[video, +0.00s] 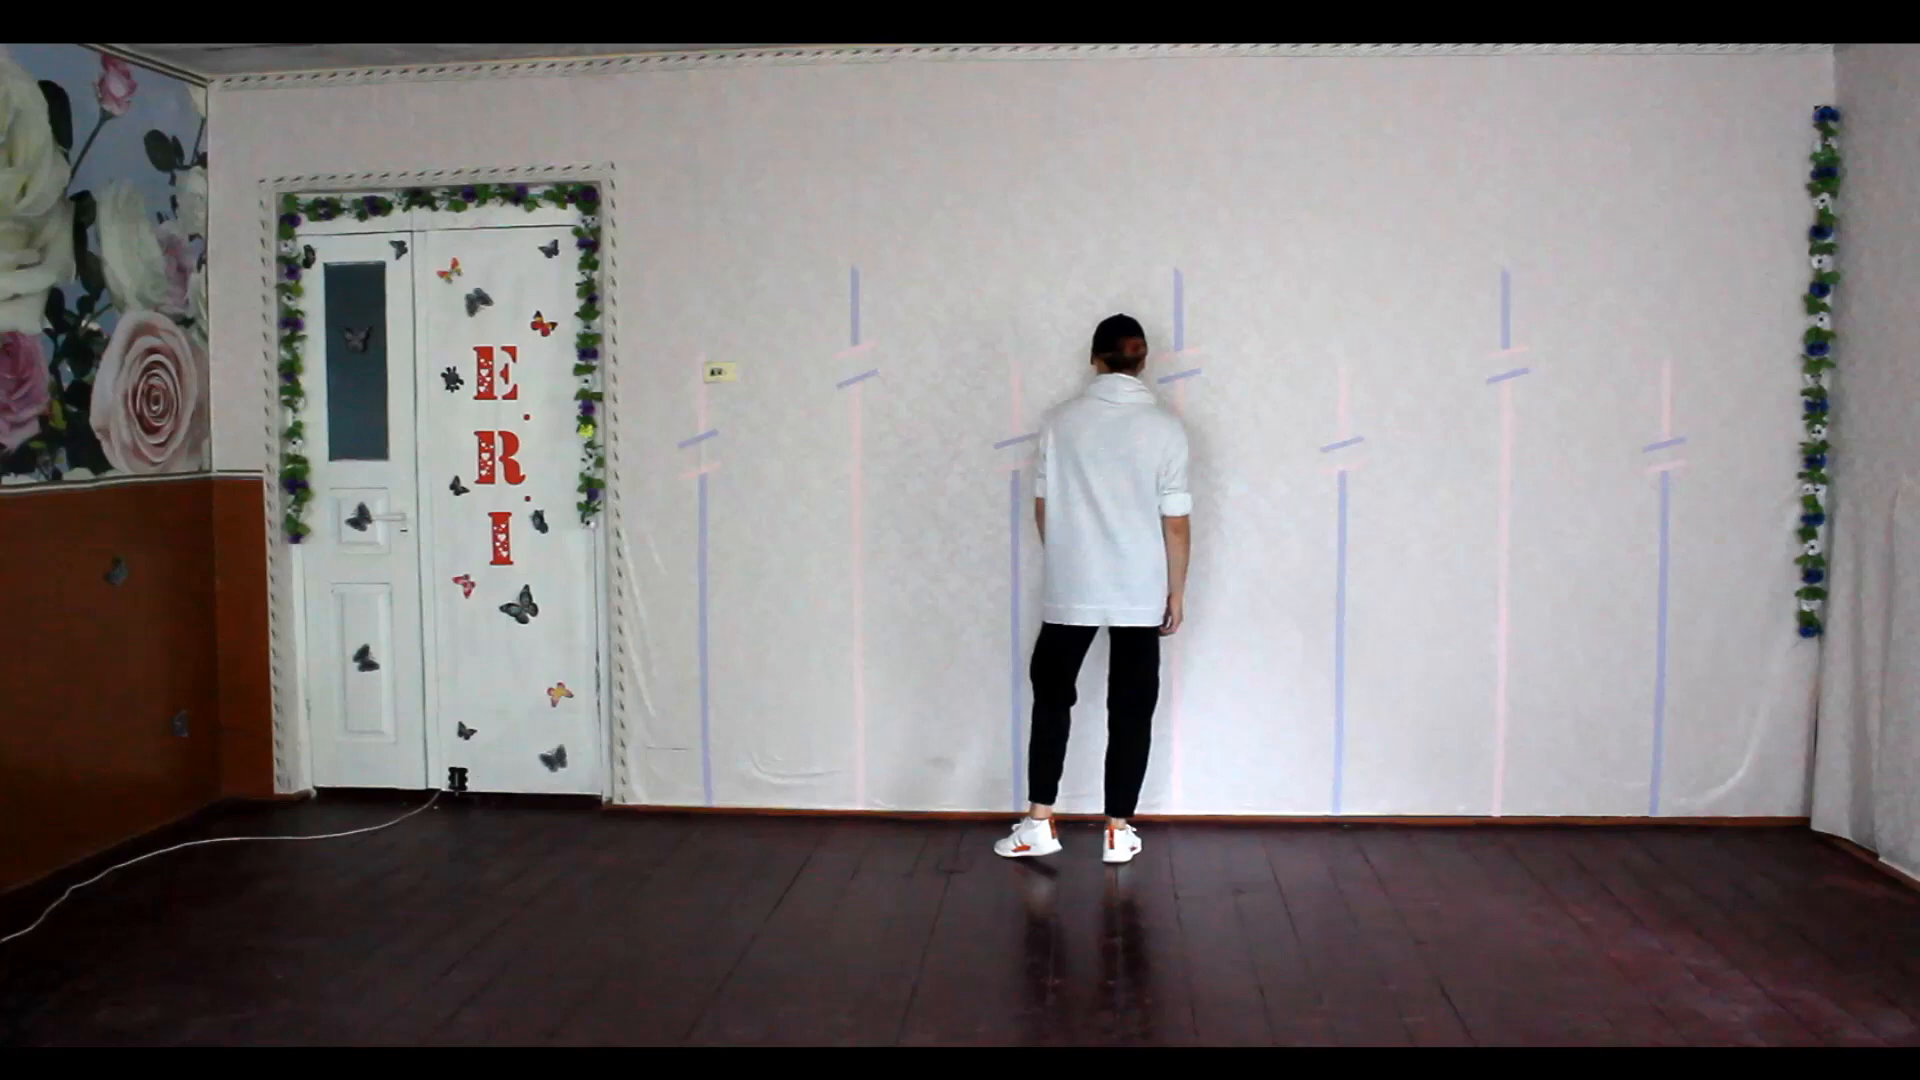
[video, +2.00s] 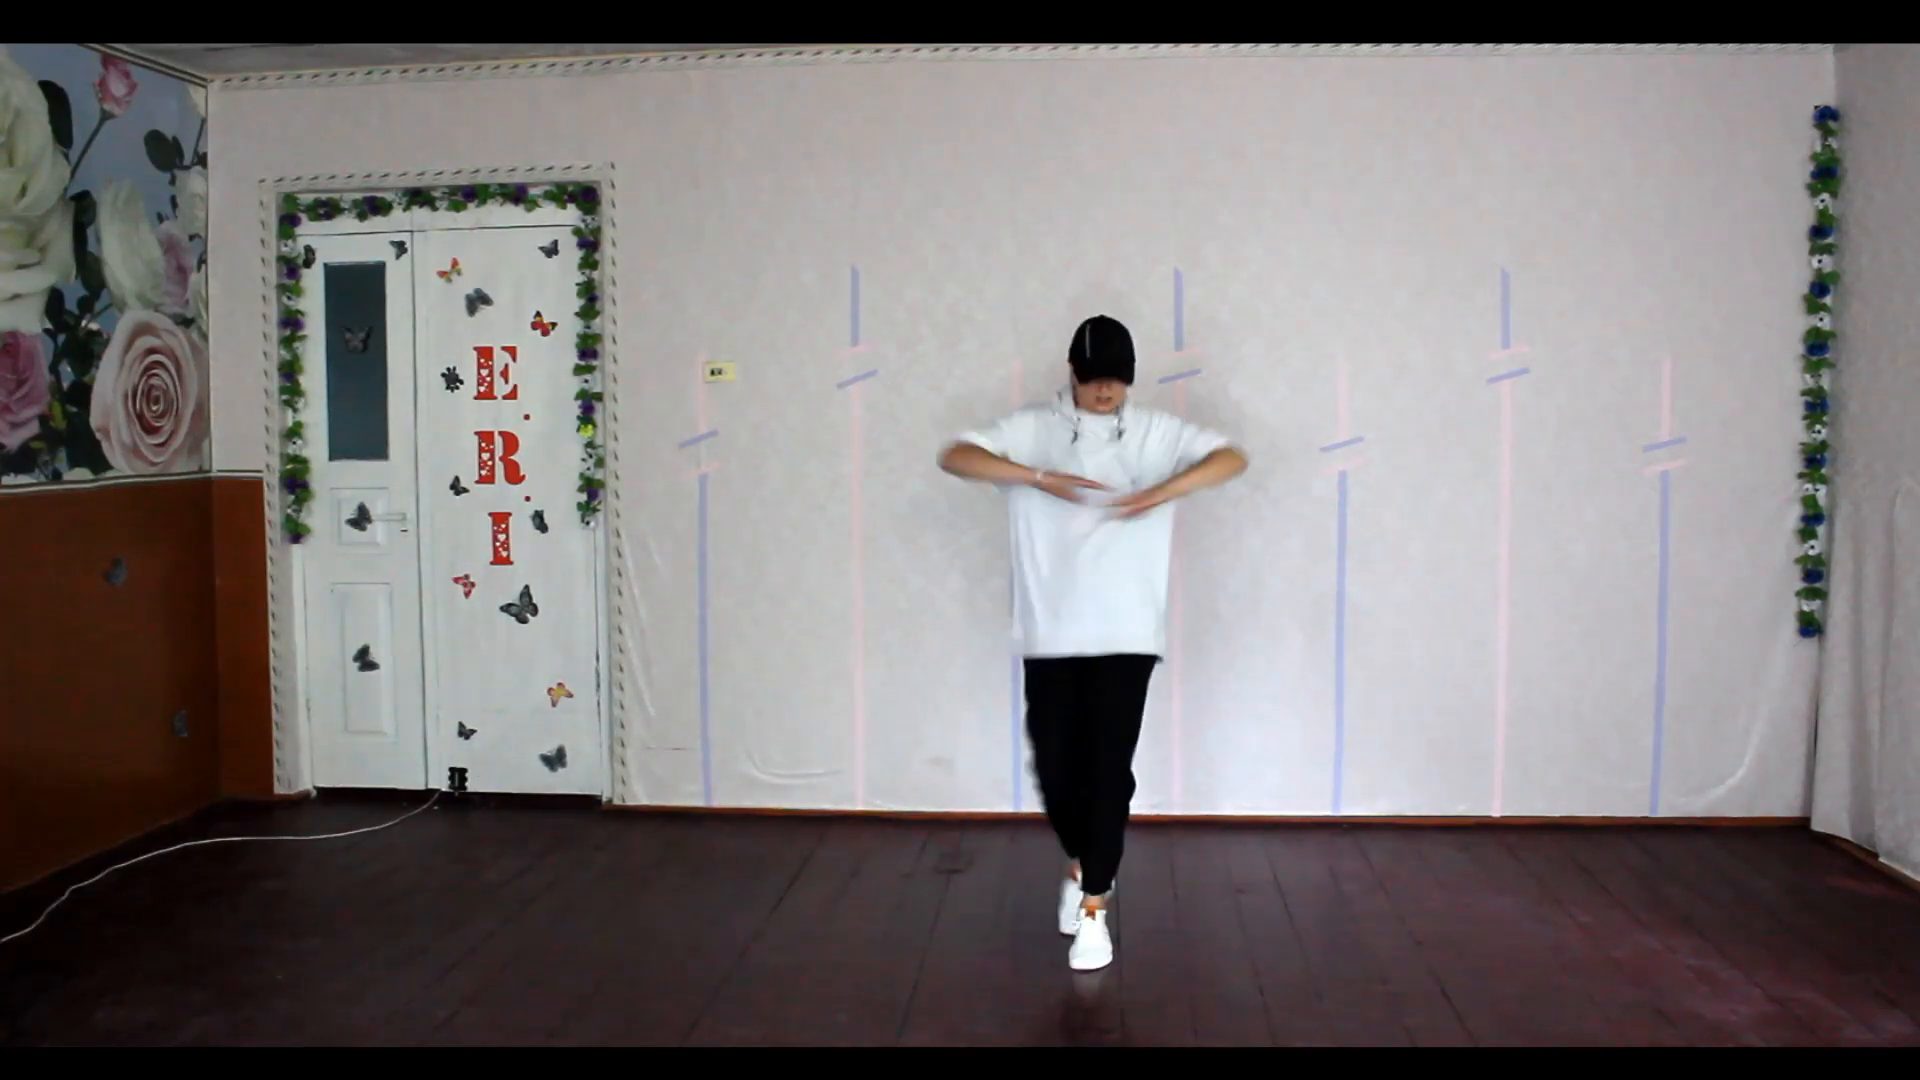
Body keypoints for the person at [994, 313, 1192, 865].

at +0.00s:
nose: (1139, 358)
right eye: (1141, 350)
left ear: (1094, 358)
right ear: (1143, 357)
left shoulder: (1060, 421)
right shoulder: (1163, 428)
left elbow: (1043, 507)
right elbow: (1176, 521)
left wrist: (1062, 563)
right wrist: (1176, 591)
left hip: (1071, 588)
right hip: (1138, 590)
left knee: (1051, 691)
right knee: (1130, 708)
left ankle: (1039, 819)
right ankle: (1118, 829)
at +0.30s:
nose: (1083, 378)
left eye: (1088, 368)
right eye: (1083, 369)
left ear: (1114, 364)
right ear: (1131, 365)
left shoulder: (1110, 410)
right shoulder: (1149, 416)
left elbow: (1100, 492)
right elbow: (1135, 498)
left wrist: (1062, 555)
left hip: (1080, 583)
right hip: (1127, 592)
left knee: (1011, 682)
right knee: (1106, 708)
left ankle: (969, 798)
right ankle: (1114, 827)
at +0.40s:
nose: (1087, 368)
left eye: (1094, 358)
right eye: (1085, 359)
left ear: (1118, 358)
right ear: (1118, 356)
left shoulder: (1133, 407)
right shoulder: (1104, 409)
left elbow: (1144, 490)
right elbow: (1114, 488)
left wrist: (1080, 547)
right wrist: (1080, 547)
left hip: (1100, 587)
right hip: (1103, 587)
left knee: (1013, 669)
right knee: (1092, 704)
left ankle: (922, 750)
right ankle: (1107, 828)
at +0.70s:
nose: (1124, 379)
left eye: (1133, 369)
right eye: (1114, 369)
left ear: (1145, 370)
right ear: (1094, 367)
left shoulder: (1160, 428)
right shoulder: (1058, 422)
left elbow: (1173, 504)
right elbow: (1027, 503)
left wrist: (1146, 551)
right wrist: (1009, 587)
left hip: (1119, 582)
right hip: (1060, 586)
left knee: (1052, 674)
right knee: (1076, 703)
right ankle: (1103, 830)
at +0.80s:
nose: (1134, 387)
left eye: (1142, 377)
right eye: (1124, 376)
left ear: (1151, 377)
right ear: (1101, 373)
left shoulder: (1156, 440)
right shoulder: (1061, 423)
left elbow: (1158, 516)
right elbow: (1034, 510)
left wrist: (1148, 559)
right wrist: (1022, 594)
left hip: (1115, 593)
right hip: (1057, 592)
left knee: (1071, 700)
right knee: (1068, 706)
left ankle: (1062, 839)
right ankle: (1101, 825)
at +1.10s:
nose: (1122, 384)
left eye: (1129, 372)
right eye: (1111, 373)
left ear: (1137, 368)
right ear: (1083, 366)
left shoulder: (1154, 433)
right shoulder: (1042, 420)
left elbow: (1173, 518)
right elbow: (986, 479)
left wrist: (1130, 581)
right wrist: (1015, 496)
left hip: (1117, 606)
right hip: (1055, 598)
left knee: (1101, 731)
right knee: (1056, 717)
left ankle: (1081, 850)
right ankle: (1040, 811)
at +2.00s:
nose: (1105, 394)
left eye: (1116, 384)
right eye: (1094, 383)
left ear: (1132, 379)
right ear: (1073, 375)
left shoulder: (1153, 430)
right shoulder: (1034, 426)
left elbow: (1233, 459)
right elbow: (954, 456)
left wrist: (1160, 494)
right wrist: (1038, 478)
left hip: (1125, 637)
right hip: (1048, 636)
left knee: (1107, 771)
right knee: (1056, 770)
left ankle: (1096, 906)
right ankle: (1079, 868)